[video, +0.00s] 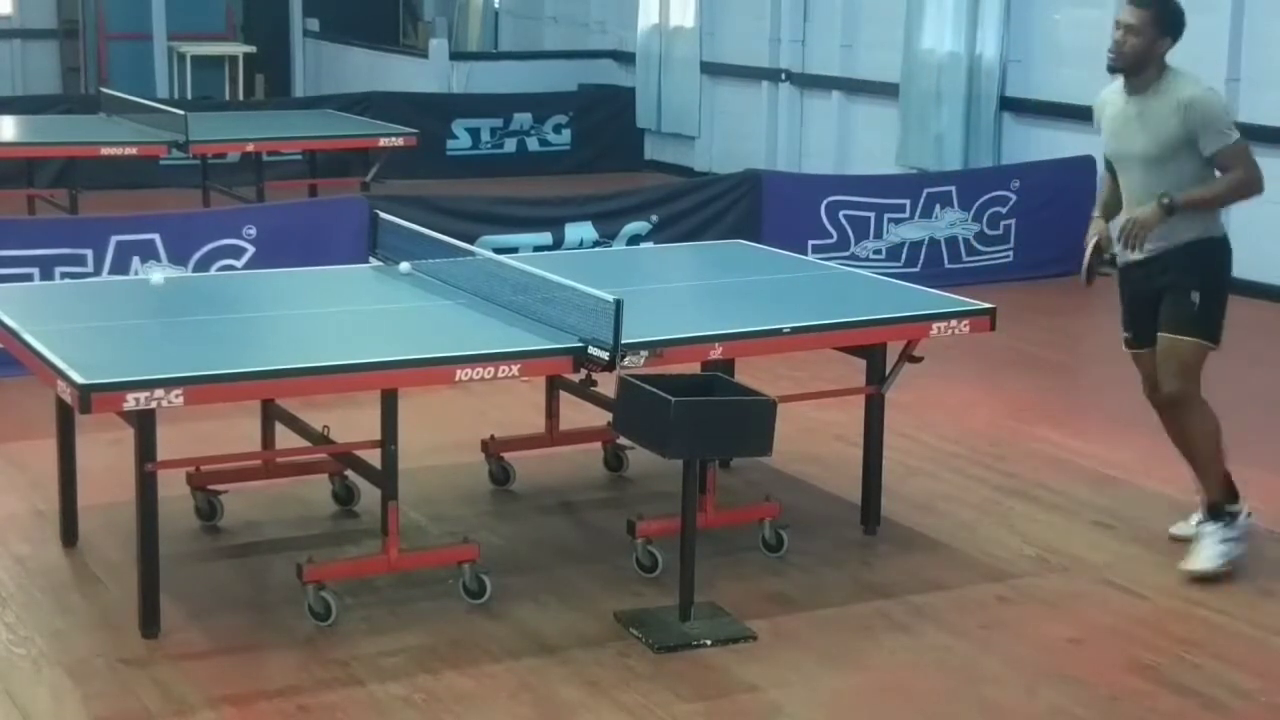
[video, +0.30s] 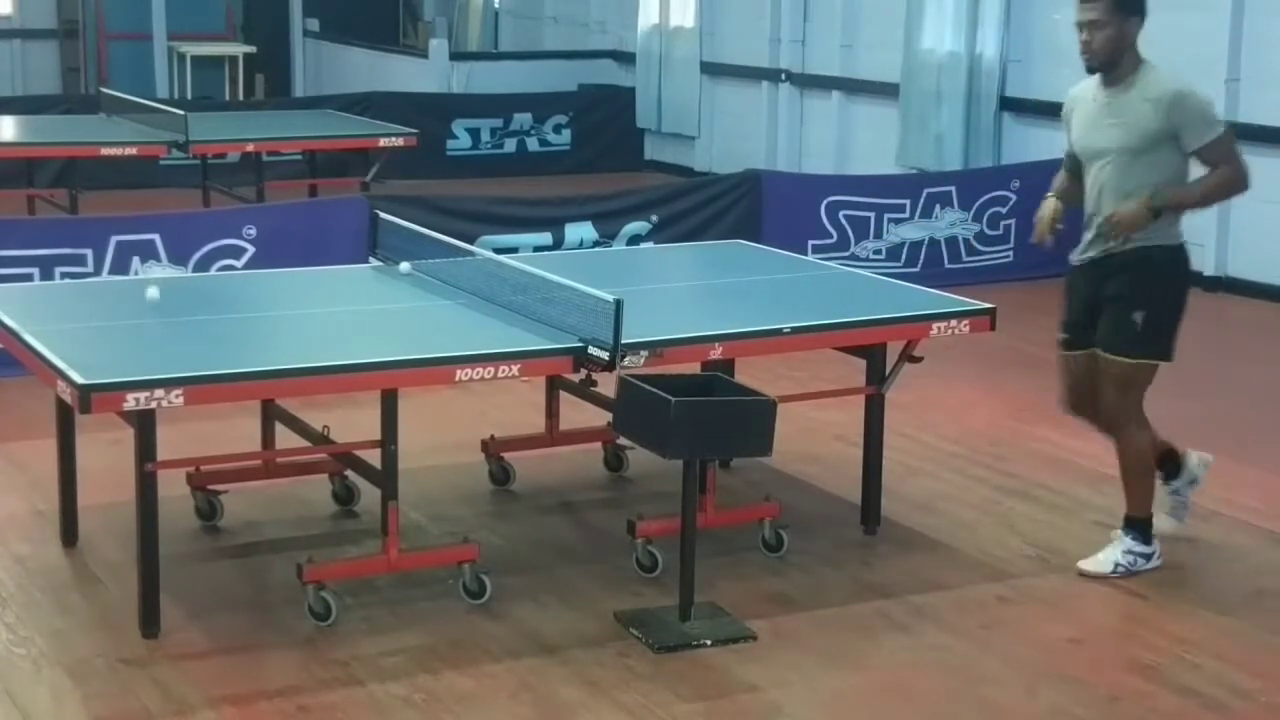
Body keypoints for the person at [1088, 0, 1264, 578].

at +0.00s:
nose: (1116, 39)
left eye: (1130, 32)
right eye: (1116, 28)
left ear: (1163, 44)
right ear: (1114, 33)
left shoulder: (1196, 102)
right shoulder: (1107, 101)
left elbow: (1249, 178)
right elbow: (1114, 175)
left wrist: (1167, 206)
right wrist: (1100, 220)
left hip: (1194, 256)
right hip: (1137, 263)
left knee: (1176, 388)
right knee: (1159, 392)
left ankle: (1228, 514)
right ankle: (1216, 502)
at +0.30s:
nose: (1086, 39)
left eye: (1097, 26)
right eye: (1080, 29)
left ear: (1133, 26)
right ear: (1077, 33)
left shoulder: (1173, 98)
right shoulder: (1078, 99)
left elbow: (1233, 174)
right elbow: (1073, 171)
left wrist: (1155, 203)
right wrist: (1055, 199)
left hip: (1150, 266)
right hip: (1090, 266)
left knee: (1120, 401)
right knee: (1081, 396)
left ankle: (1138, 540)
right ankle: (1178, 467)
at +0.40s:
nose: (1065, 42)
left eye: (1074, 28)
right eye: (1060, 31)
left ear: (1113, 22)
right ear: (1061, 31)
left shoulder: (1155, 93)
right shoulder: (1069, 94)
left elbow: (1202, 184)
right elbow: (1078, 167)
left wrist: (1117, 206)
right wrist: (1044, 198)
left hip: (1131, 266)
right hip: (1071, 265)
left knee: (1120, 403)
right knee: (1039, 392)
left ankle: (1139, 537)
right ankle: (1123, 476)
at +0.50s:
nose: (1040, 39)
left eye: (1048, 25)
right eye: (1035, 28)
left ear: (1087, 17)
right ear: (1042, 28)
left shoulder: (1135, 87)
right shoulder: (1057, 87)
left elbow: (1162, 184)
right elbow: (1075, 176)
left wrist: (1062, 188)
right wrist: (1030, 203)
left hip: (1112, 263)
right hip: (1053, 261)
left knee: (1117, 397)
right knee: (1010, 386)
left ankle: (1136, 532)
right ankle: (1056, 515)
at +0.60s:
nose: (1014, 41)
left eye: (1023, 27)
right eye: (1010, 30)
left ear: (1062, 22)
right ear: (1011, 32)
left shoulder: (1104, 91)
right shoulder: (1036, 95)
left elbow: (1113, 195)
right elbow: (1056, 190)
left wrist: (1017, 184)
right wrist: (1013, 204)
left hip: (1090, 270)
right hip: (1029, 268)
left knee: (1105, 401)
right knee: (995, 398)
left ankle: (1134, 533)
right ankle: (984, 542)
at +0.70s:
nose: (983, 50)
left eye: (992, 36)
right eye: (980, 38)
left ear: (1030, 31)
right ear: (1002, 37)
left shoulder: (1070, 100)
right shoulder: (1014, 99)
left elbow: (1072, 206)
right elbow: (1027, 192)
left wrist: (977, 197)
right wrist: (981, 213)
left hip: (1061, 276)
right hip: (1005, 273)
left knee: (1070, 409)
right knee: (968, 401)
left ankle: (1126, 524)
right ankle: (975, 548)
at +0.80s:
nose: (953, 55)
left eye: (962, 41)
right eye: (951, 43)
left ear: (1001, 33)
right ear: (967, 43)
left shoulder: (1041, 101)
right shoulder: (991, 99)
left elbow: (1043, 209)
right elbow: (999, 194)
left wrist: (950, 207)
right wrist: (943, 212)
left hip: (1027, 278)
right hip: (976, 272)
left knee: (1009, 421)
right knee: (952, 405)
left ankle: (1092, 503)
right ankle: (973, 549)